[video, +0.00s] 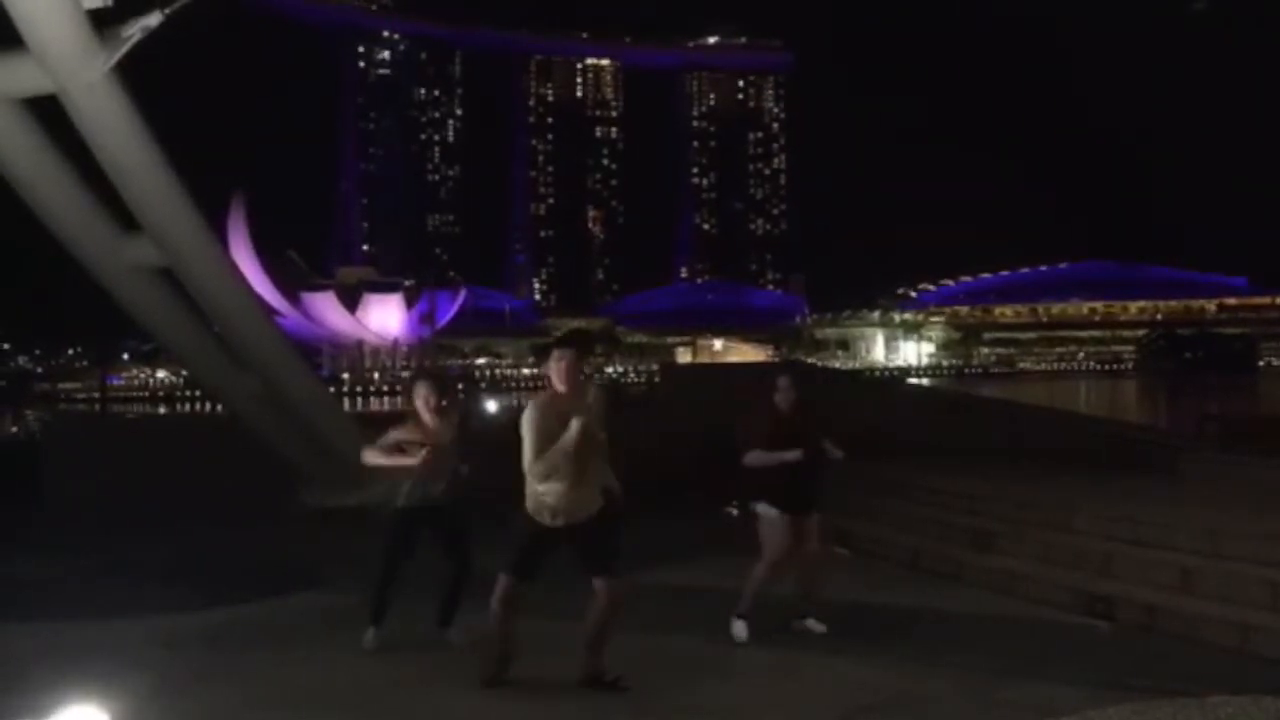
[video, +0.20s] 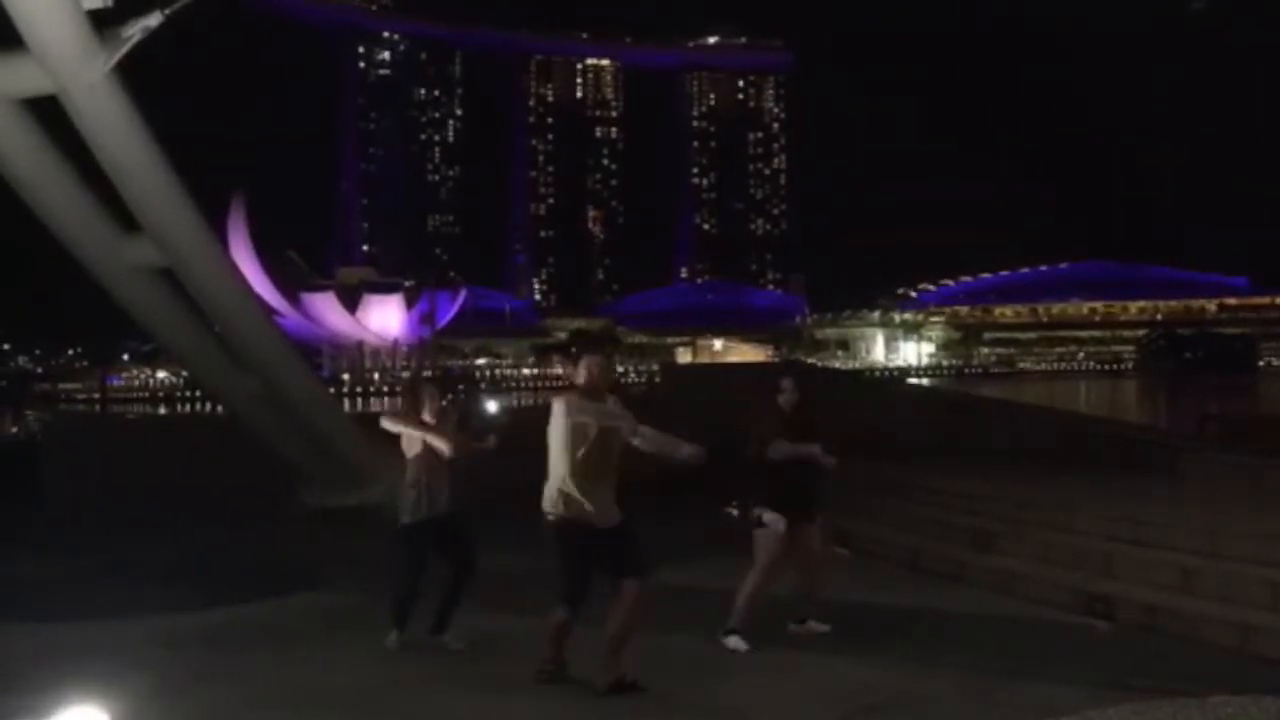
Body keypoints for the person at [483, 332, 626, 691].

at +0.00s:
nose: (569, 369)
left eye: (575, 361)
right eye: (561, 361)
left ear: (585, 368)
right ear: (547, 369)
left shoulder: (590, 406)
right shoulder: (537, 411)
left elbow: (596, 453)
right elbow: (536, 470)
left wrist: (610, 483)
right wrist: (573, 430)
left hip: (588, 515)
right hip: (541, 518)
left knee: (608, 590)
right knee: (504, 593)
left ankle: (592, 669)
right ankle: (499, 664)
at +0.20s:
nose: (604, 371)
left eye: (606, 364)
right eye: (597, 364)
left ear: (607, 371)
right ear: (579, 367)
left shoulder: (610, 406)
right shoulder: (566, 405)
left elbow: (641, 436)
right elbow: (565, 474)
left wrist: (685, 450)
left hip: (603, 512)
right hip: (568, 513)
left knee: (632, 582)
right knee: (571, 598)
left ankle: (612, 672)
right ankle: (553, 663)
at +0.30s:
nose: (610, 375)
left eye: (615, 368)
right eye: (603, 368)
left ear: (620, 371)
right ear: (587, 371)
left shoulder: (617, 407)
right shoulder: (578, 410)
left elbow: (639, 440)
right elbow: (591, 462)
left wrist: (674, 462)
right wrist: (629, 445)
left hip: (615, 511)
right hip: (582, 515)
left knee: (635, 589)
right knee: (599, 598)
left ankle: (614, 673)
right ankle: (555, 638)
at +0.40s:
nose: (629, 374)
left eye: (632, 365)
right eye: (623, 365)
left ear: (631, 367)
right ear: (602, 367)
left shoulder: (618, 406)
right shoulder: (594, 409)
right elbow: (616, 478)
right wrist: (646, 440)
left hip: (615, 510)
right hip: (595, 514)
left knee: (640, 585)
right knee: (641, 584)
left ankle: (613, 671)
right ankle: (597, 662)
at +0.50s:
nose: (650, 373)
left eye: (652, 366)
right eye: (643, 365)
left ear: (653, 371)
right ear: (625, 368)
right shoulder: (618, 399)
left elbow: (583, 447)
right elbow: (656, 444)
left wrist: (585, 489)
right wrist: (672, 413)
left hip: (629, 508)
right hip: (616, 510)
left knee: (636, 592)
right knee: (662, 586)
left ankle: (618, 677)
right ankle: (641, 679)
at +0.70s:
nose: (669, 396)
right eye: (666, 390)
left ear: (631, 391)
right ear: (662, 391)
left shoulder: (607, 434)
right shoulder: (678, 429)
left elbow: (560, 482)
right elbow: (722, 457)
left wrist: (558, 538)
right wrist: (689, 478)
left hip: (623, 537)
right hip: (668, 533)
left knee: (642, 614)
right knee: (687, 612)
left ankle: (652, 687)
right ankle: (679, 701)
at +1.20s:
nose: (613, 388)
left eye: (620, 381)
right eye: (607, 381)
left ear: (635, 388)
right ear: (599, 390)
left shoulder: (659, 434)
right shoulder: (587, 437)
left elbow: (675, 490)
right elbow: (549, 483)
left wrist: (685, 537)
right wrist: (500, 512)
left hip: (653, 541)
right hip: (607, 544)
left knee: (649, 607)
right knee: (608, 608)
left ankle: (643, 675)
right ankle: (612, 662)